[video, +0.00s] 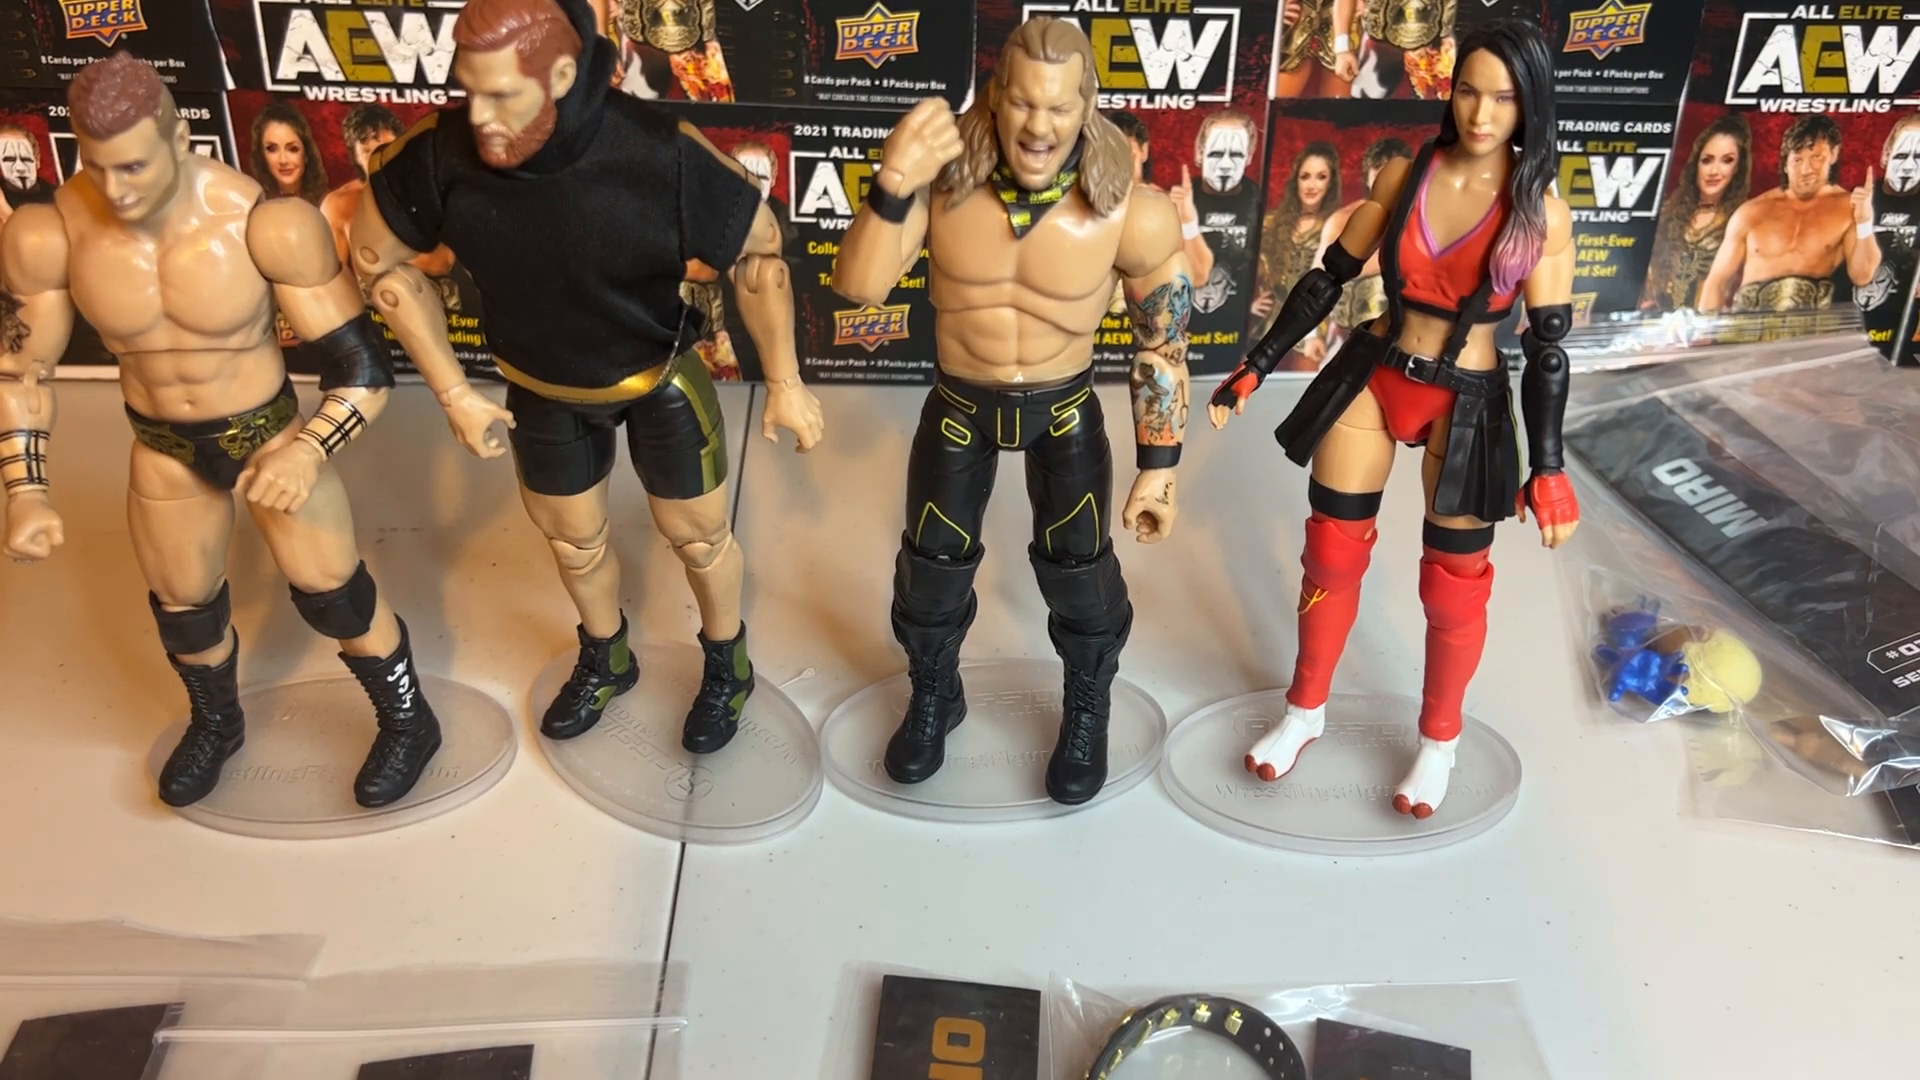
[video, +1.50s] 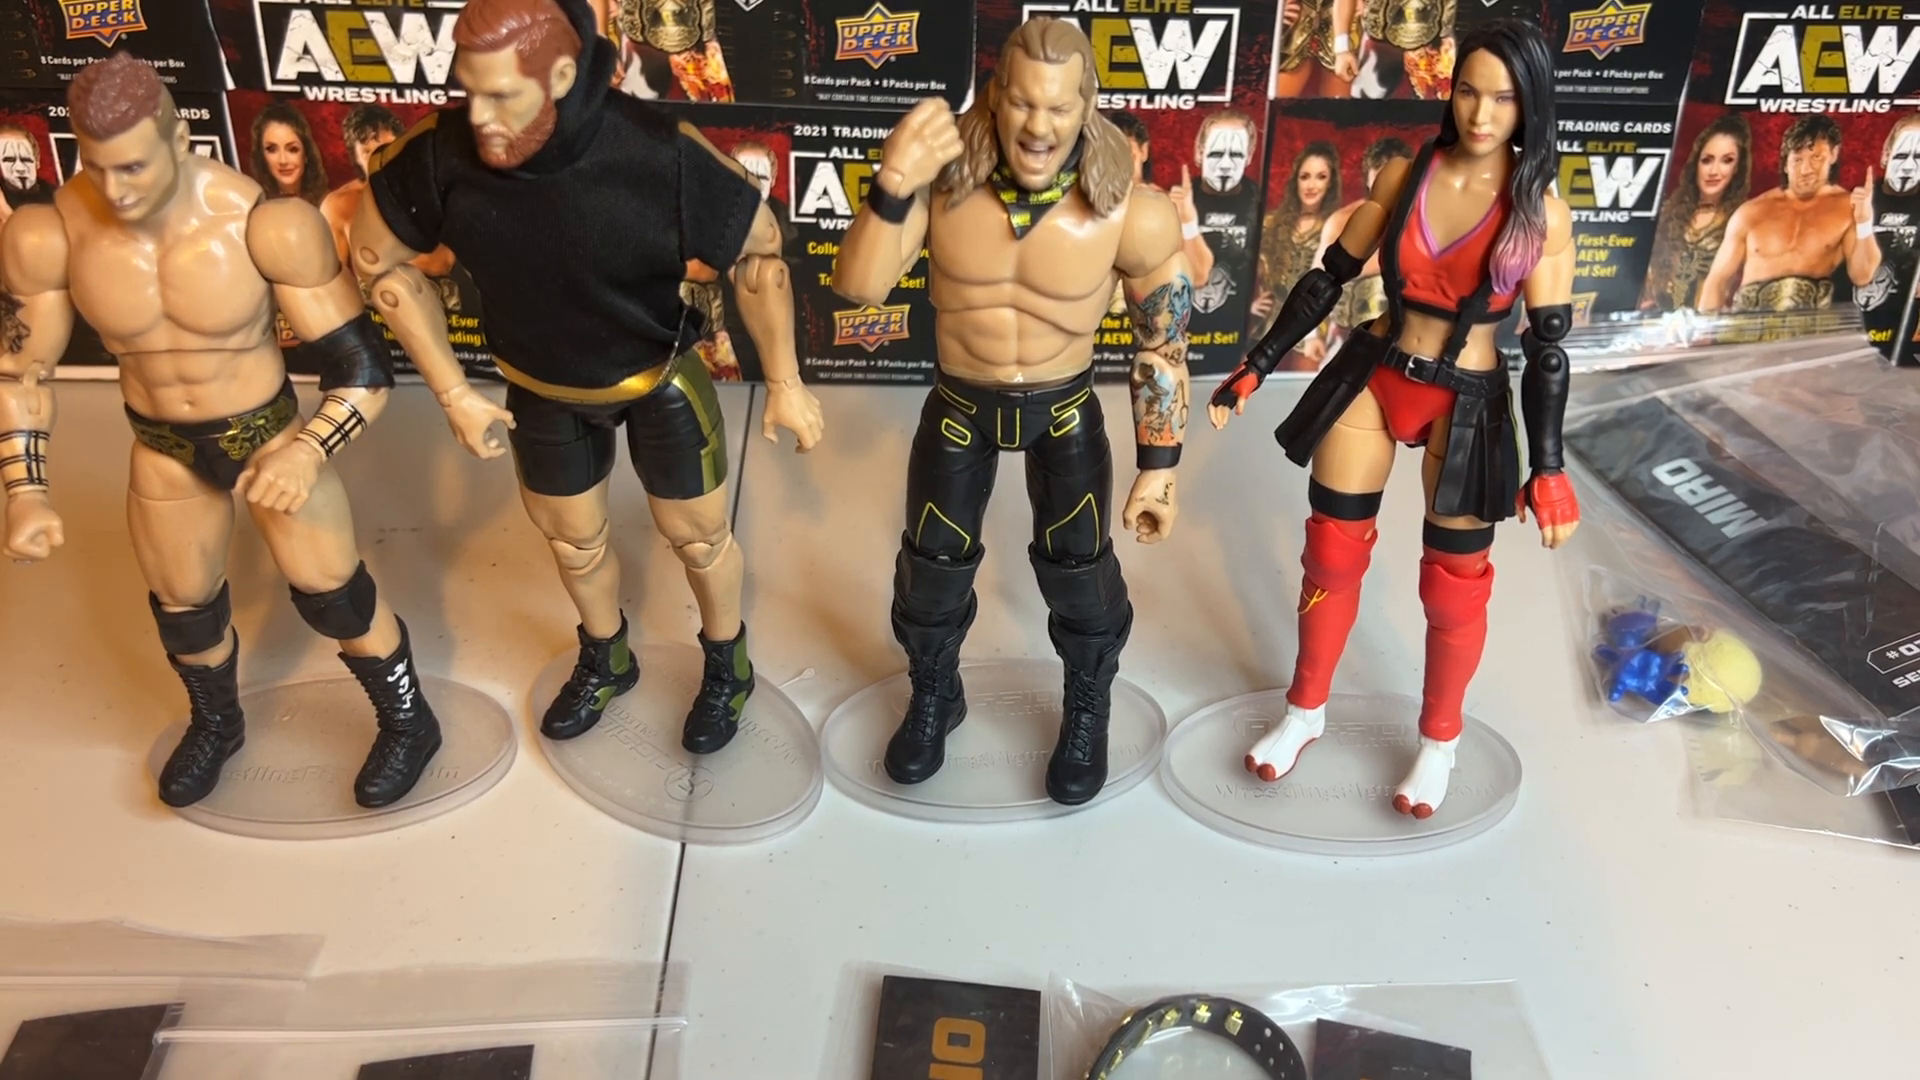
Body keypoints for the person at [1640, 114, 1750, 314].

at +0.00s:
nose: (1714, 171)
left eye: (1727, 160)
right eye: (1706, 160)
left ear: (1739, 168)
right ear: (1695, 164)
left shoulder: (1743, 218)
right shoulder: (1671, 212)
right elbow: (1655, 265)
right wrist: (1649, 298)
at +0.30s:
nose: (1714, 171)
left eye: (1727, 161)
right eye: (1706, 160)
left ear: (1739, 168)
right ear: (1695, 164)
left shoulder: (1743, 219)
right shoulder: (1671, 213)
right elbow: (1655, 266)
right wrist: (1650, 300)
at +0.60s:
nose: (1714, 171)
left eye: (1727, 161)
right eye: (1707, 160)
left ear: (1739, 168)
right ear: (1695, 164)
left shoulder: (1743, 219)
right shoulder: (1671, 213)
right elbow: (1655, 267)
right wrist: (1649, 300)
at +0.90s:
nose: (1714, 171)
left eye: (1727, 161)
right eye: (1707, 160)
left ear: (1739, 168)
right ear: (1695, 164)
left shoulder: (1743, 219)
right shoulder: (1670, 212)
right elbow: (1655, 266)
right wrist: (1650, 299)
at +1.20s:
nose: (1714, 171)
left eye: (1727, 160)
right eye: (1706, 160)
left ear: (1738, 167)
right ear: (1695, 164)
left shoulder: (1742, 220)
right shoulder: (1670, 213)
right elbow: (1654, 269)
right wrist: (1649, 301)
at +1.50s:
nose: (1714, 171)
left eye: (1727, 160)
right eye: (1706, 160)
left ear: (1739, 167)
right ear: (1695, 164)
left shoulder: (1743, 219)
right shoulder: (1671, 212)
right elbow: (1654, 265)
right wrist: (1650, 299)